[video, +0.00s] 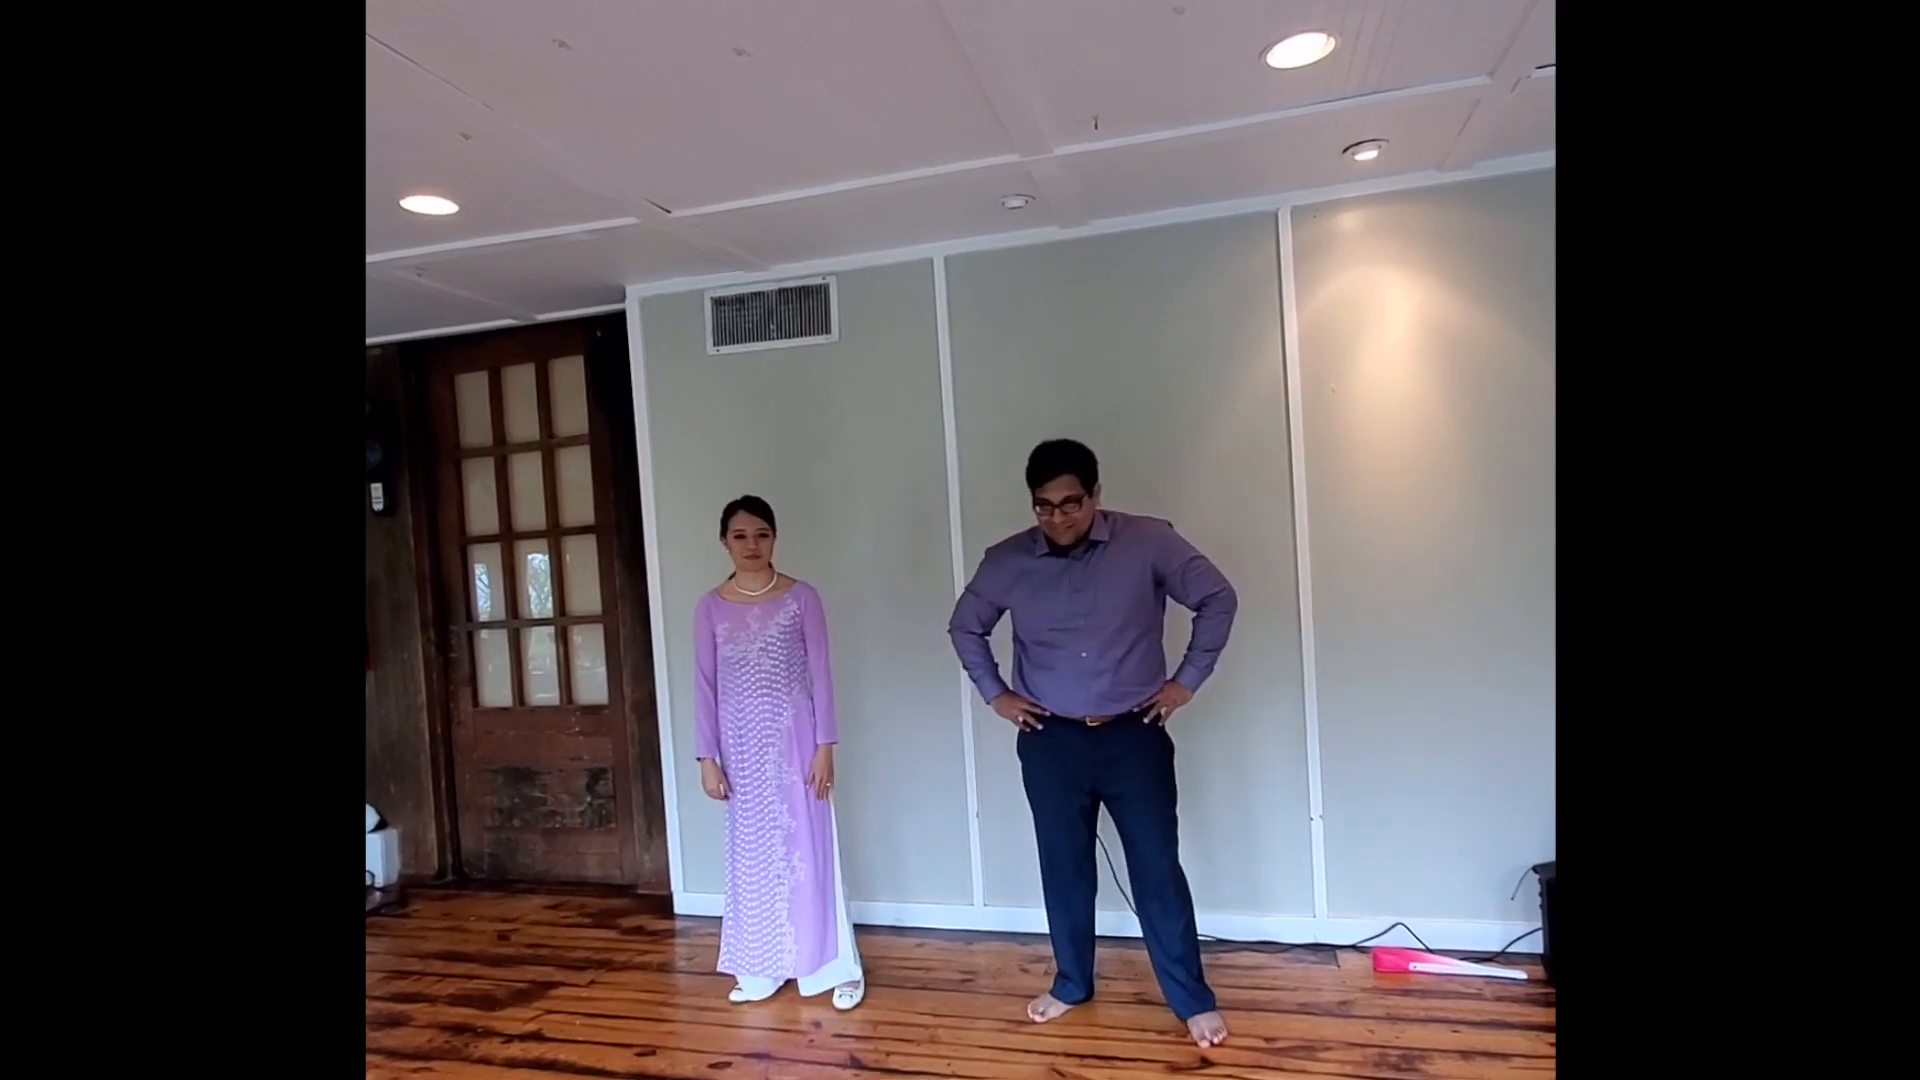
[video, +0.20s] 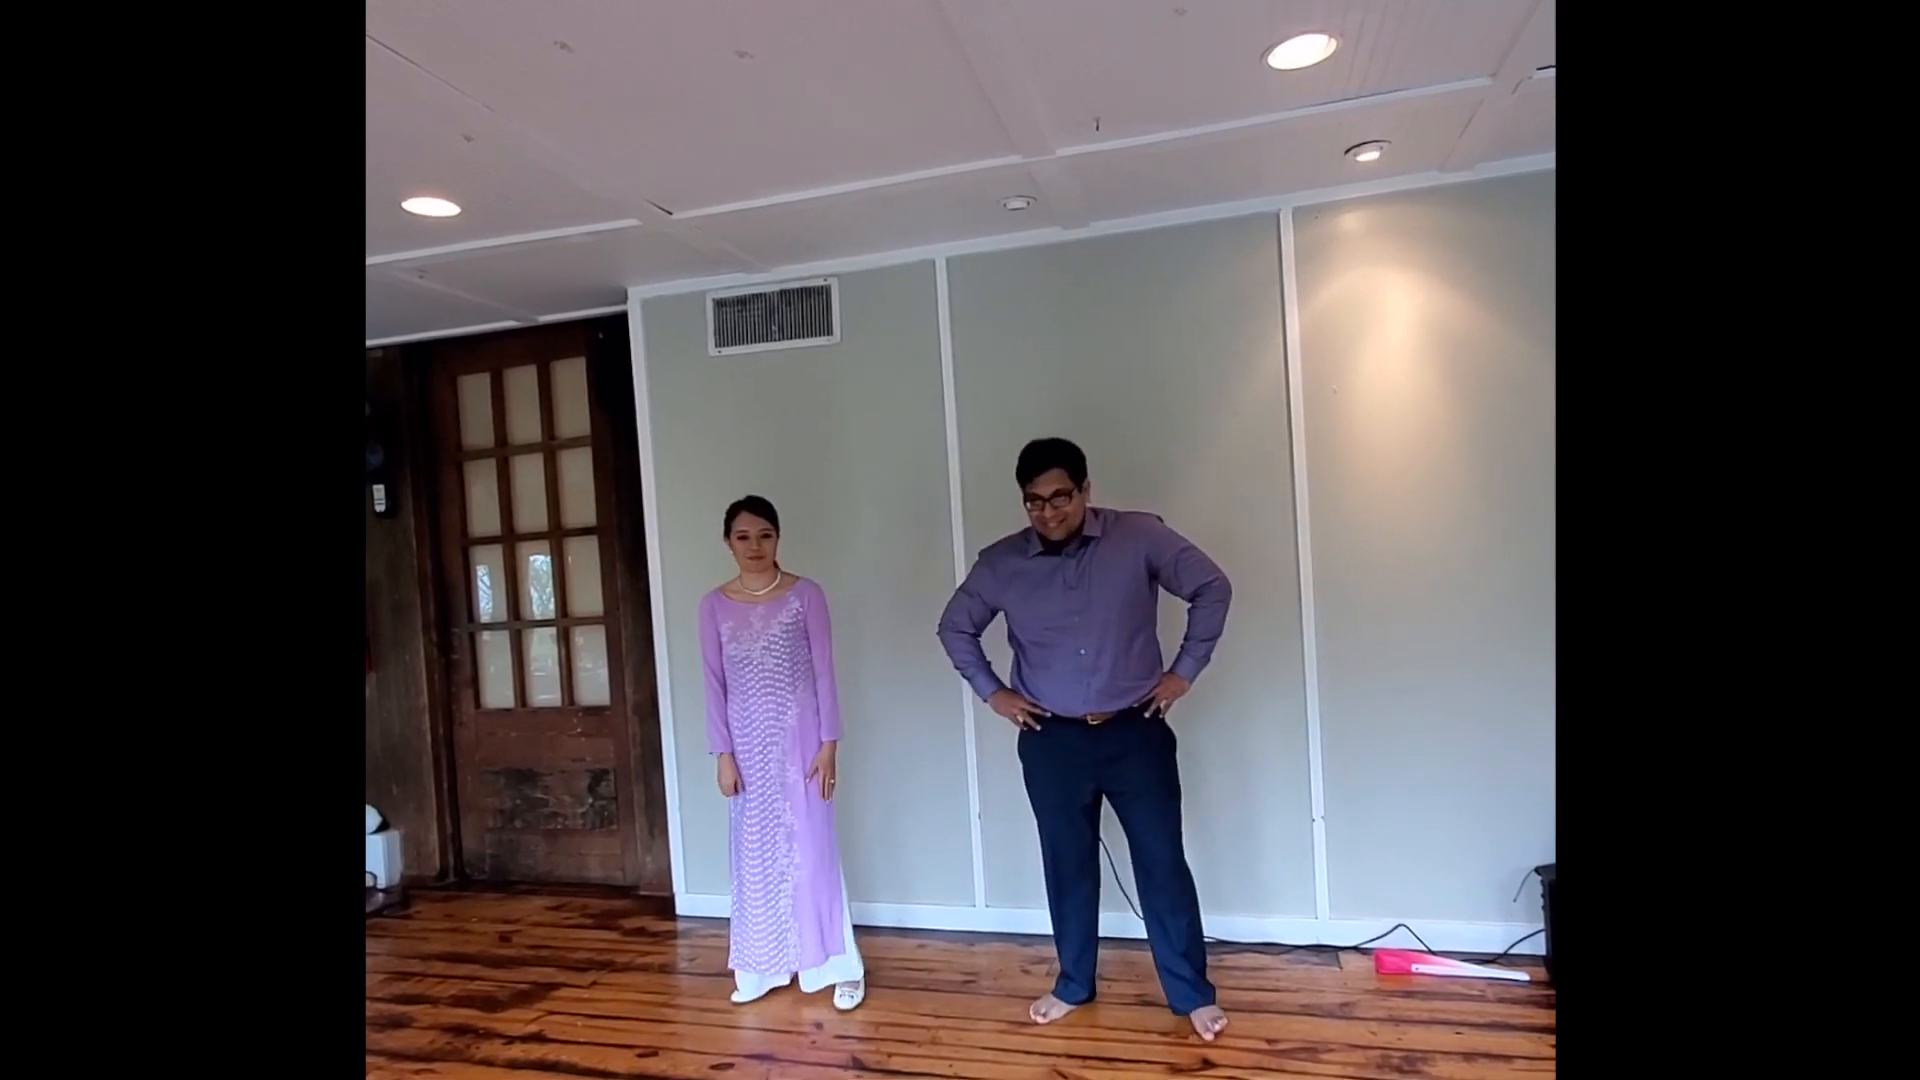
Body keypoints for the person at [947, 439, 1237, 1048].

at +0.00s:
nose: (1058, 518)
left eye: (1070, 503)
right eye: (1045, 506)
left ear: (1095, 494)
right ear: (1032, 504)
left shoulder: (1148, 542)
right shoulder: (1007, 563)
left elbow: (1218, 599)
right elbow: (965, 627)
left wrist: (1187, 679)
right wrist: (995, 692)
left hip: (1135, 736)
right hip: (1050, 741)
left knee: (1158, 872)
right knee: (1064, 870)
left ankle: (1193, 1001)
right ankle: (1072, 985)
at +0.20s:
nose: (1048, 512)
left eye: (1060, 496)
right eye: (1035, 501)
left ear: (1085, 490)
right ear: (1023, 501)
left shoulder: (1139, 536)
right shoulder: (1002, 563)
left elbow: (1212, 590)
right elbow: (954, 628)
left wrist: (1184, 670)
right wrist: (992, 690)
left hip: (1136, 732)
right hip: (1052, 739)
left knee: (1163, 867)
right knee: (1067, 871)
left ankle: (1193, 994)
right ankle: (1073, 984)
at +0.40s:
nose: (1067, 498)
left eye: (1078, 484)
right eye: (1054, 489)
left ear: (1104, 484)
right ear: (1044, 495)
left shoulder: (1157, 535)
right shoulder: (1021, 559)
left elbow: (1234, 587)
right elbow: (971, 632)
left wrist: (1204, 673)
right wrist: (1006, 687)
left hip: (1149, 734)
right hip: (1064, 740)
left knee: (1175, 862)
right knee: (1073, 869)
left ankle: (1204, 980)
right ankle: (1080, 981)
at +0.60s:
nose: (1092, 500)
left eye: (1105, 488)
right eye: (1080, 491)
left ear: (1129, 494)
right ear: (1070, 501)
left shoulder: (1178, 555)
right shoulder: (1048, 575)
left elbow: (1229, 632)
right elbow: (1035, 653)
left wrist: (1238, 712)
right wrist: (1047, 707)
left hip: (1166, 739)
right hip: (1077, 744)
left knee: (1195, 860)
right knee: (1046, 858)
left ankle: (1211, 977)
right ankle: (1072, 966)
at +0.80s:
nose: (1070, 468)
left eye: (1083, 457)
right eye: (1057, 459)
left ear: (1103, 467)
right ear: (1043, 470)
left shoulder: (1139, 519)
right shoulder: (1020, 534)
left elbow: (1209, 577)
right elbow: (1014, 606)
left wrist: (1169, 635)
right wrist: (1095, 651)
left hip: (1154, 706)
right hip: (1068, 713)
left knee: (1199, 823)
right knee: (1060, 842)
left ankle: (1211, 955)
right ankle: (1060, 962)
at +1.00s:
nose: (1058, 507)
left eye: (1072, 497)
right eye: (1046, 498)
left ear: (1090, 510)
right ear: (1031, 512)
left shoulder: (1124, 565)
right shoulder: (1008, 588)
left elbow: (1200, 630)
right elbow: (1026, 661)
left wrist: (1158, 598)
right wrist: (1081, 598)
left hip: (1126, 713)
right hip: (1046, 737)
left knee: (1212, 739)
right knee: (1030, 874)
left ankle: (1162, 860)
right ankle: (1061, 964)